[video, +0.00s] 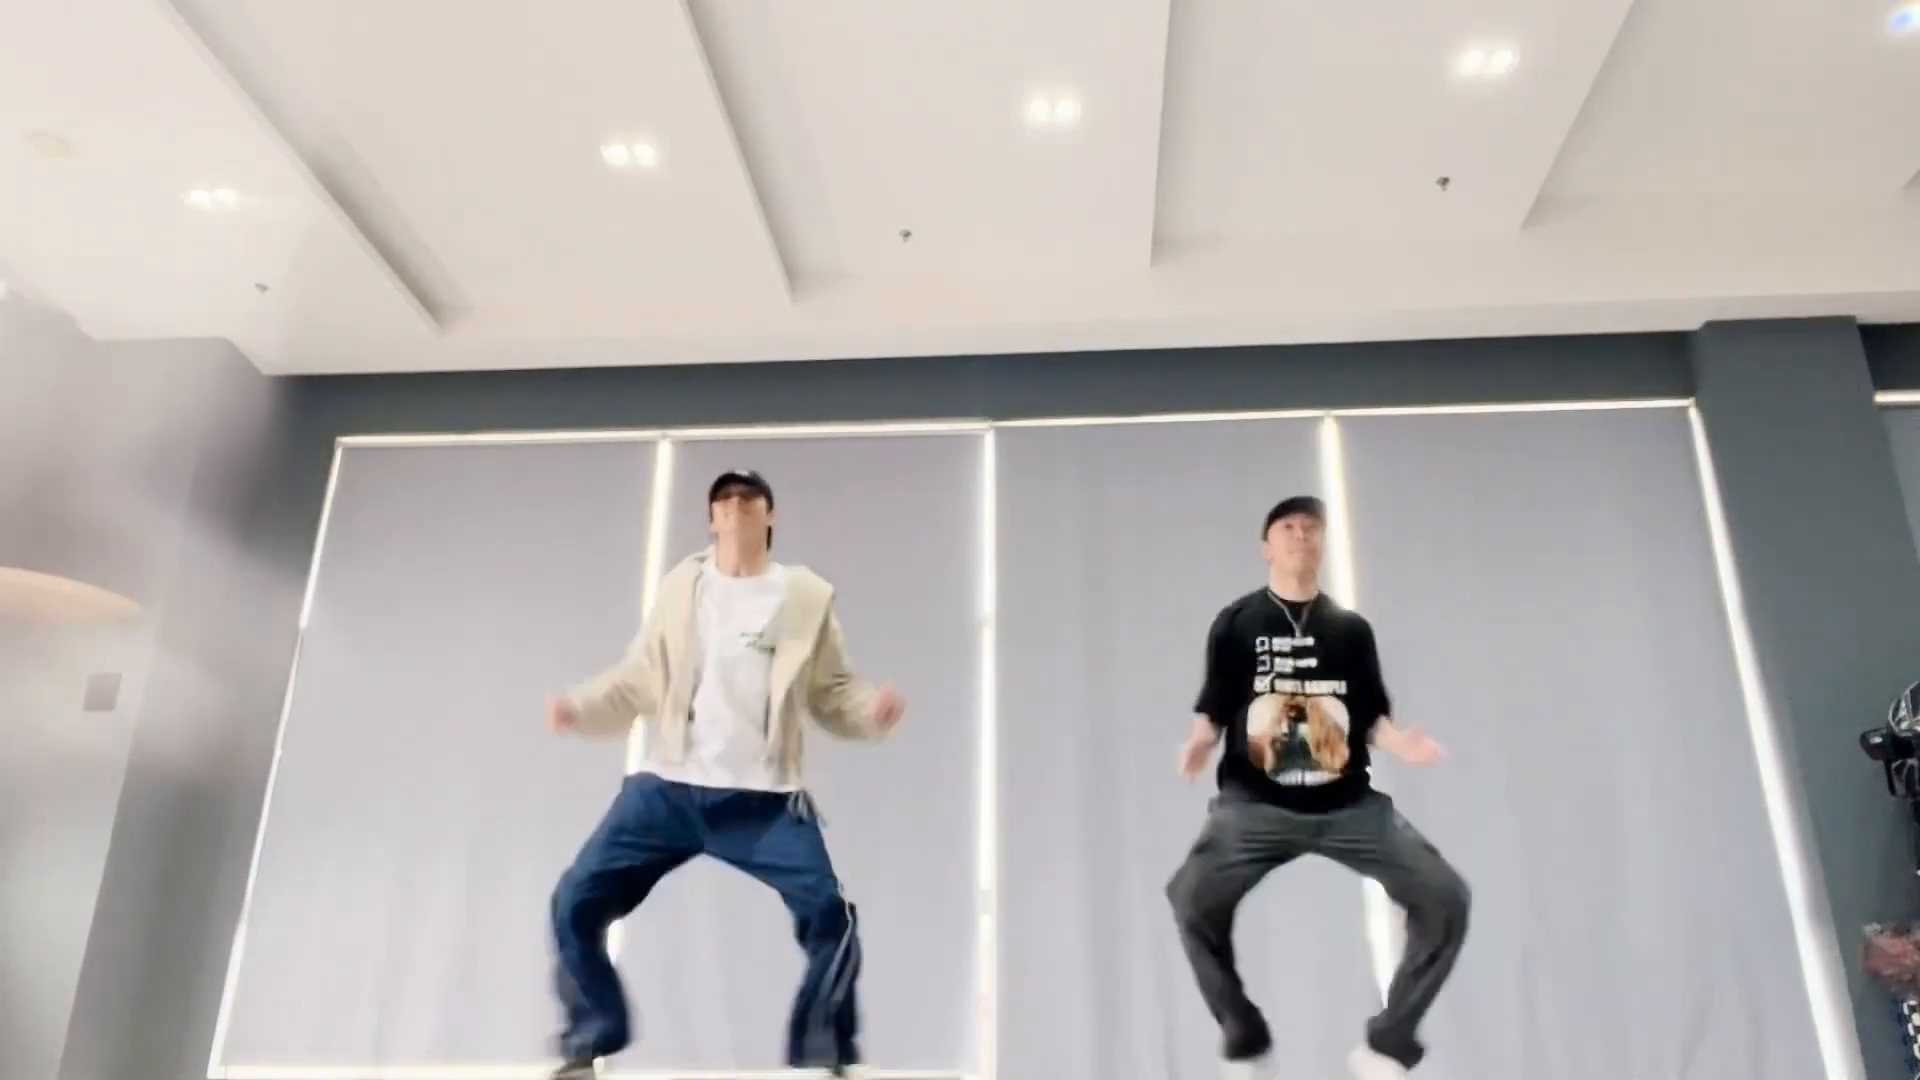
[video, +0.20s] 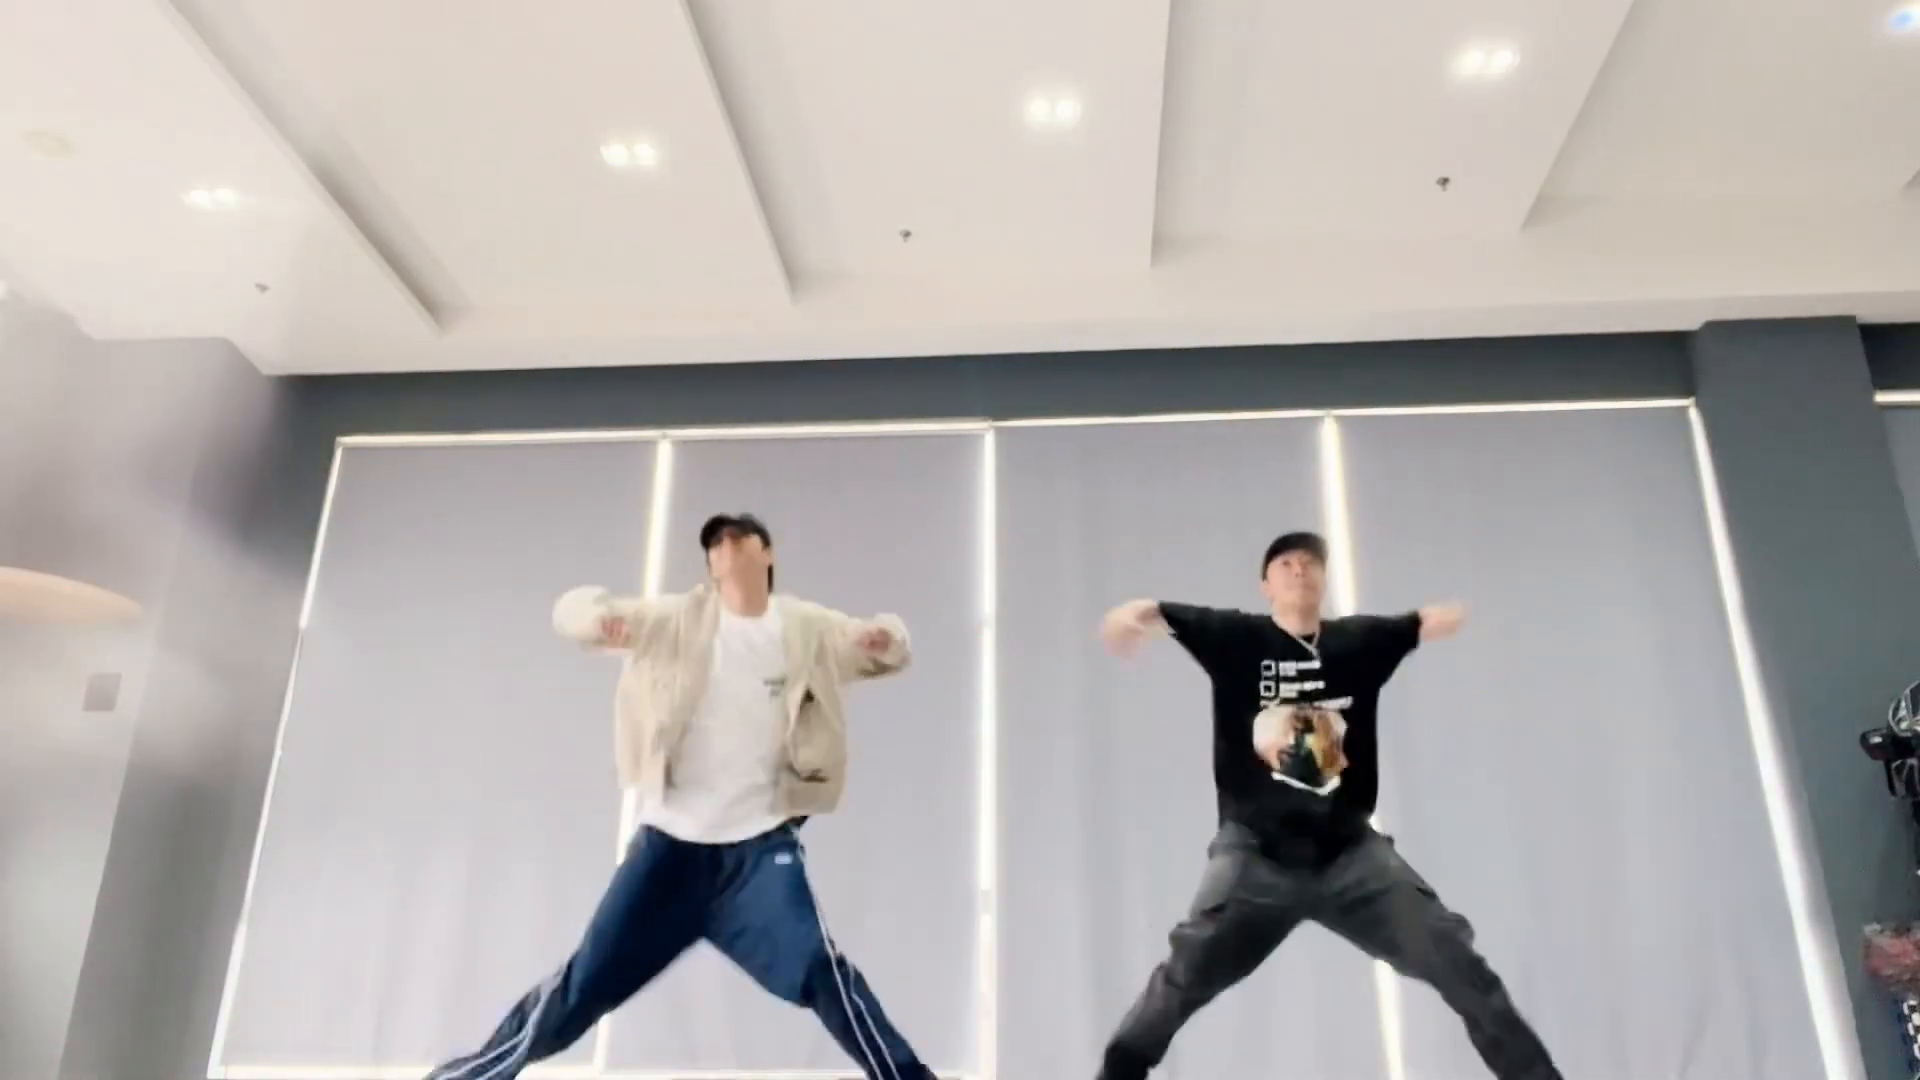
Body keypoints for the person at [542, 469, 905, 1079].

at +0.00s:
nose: (734, 506)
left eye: (749, 498)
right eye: (724, 499)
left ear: (771, 517)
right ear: (711, 520)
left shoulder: (807, 595)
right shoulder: (681, 584)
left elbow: (831, 693)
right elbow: (644, 679)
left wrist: (869, 713)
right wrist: (581, 707)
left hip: (762, 803)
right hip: (663, 795)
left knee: (828, 913)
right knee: (574, 903)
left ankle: (825, 1060)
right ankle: (590, 1046)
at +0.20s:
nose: (730, 545)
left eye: (743, 536)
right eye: (719, 540)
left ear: (769, 556)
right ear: (708, 563)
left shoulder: (807, 626)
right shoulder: (676, 617)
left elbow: (888, 652)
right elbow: (573, 607)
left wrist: (885, 644)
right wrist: (600, 621)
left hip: (763, 844)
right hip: (670, 842)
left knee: (818, 968)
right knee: (582, 985)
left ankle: (910, 1076)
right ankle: (464, 1075)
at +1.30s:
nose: (743, 483)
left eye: (756, 475)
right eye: (733, 476)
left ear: (777, 496)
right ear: (718, 496)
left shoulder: (806, 576)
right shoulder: (685, 542)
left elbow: (822, 674)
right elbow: (685, 590)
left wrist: (823, 755)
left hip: (742, 756)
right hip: (670, 753)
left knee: (700, 904)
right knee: (671, 914)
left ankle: (699, 1060)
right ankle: (731, 1062)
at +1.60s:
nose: (755, 458)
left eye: (764, 449)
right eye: (740, 455)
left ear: (783, 465)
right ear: (721, 476)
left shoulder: (805, 518)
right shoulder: (676, 521)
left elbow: (716, 504)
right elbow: (655, 615)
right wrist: (696, 680)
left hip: (737, 726)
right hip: (662, 723)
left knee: (708, 898)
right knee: (661, 900)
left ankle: (689, 1067)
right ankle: (711, 1061)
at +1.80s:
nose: (691, 500)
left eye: (701, 484)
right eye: (683, 490)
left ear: (734, 479)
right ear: (679, 495)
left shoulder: (785, 527)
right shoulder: (686, 551)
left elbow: (797, 548)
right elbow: (659, 625)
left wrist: (690, 521)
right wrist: (666, 686)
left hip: (737, 724)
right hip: (697, 723)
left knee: (665, 875)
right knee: (645, 878)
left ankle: (705, 1054)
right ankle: (679, 1052)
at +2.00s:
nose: (692, 488)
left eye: (703, 475)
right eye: (681, 484)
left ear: (731, 479)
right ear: (670, 497)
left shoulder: (769, 518)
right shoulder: (671, 551)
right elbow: (660, 637)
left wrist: (627, 523)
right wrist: (678, 703)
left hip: (752, 737)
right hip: (710, 741)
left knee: (634, 870)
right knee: (620, 882)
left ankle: (663, 1058)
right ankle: (715, 1048)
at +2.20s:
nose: (713, 489)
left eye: (723, 476)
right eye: (700, 486)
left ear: (751, 483)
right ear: (692, 502)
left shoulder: (774, 530)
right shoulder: (689, 571)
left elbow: (703, 541)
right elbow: (648, 669)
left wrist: (592, 538)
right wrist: (705, 706)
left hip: (747, 756)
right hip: (680, 766)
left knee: (678, 865)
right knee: (706, 918)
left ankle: (595, 1035)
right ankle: (706, 1069)